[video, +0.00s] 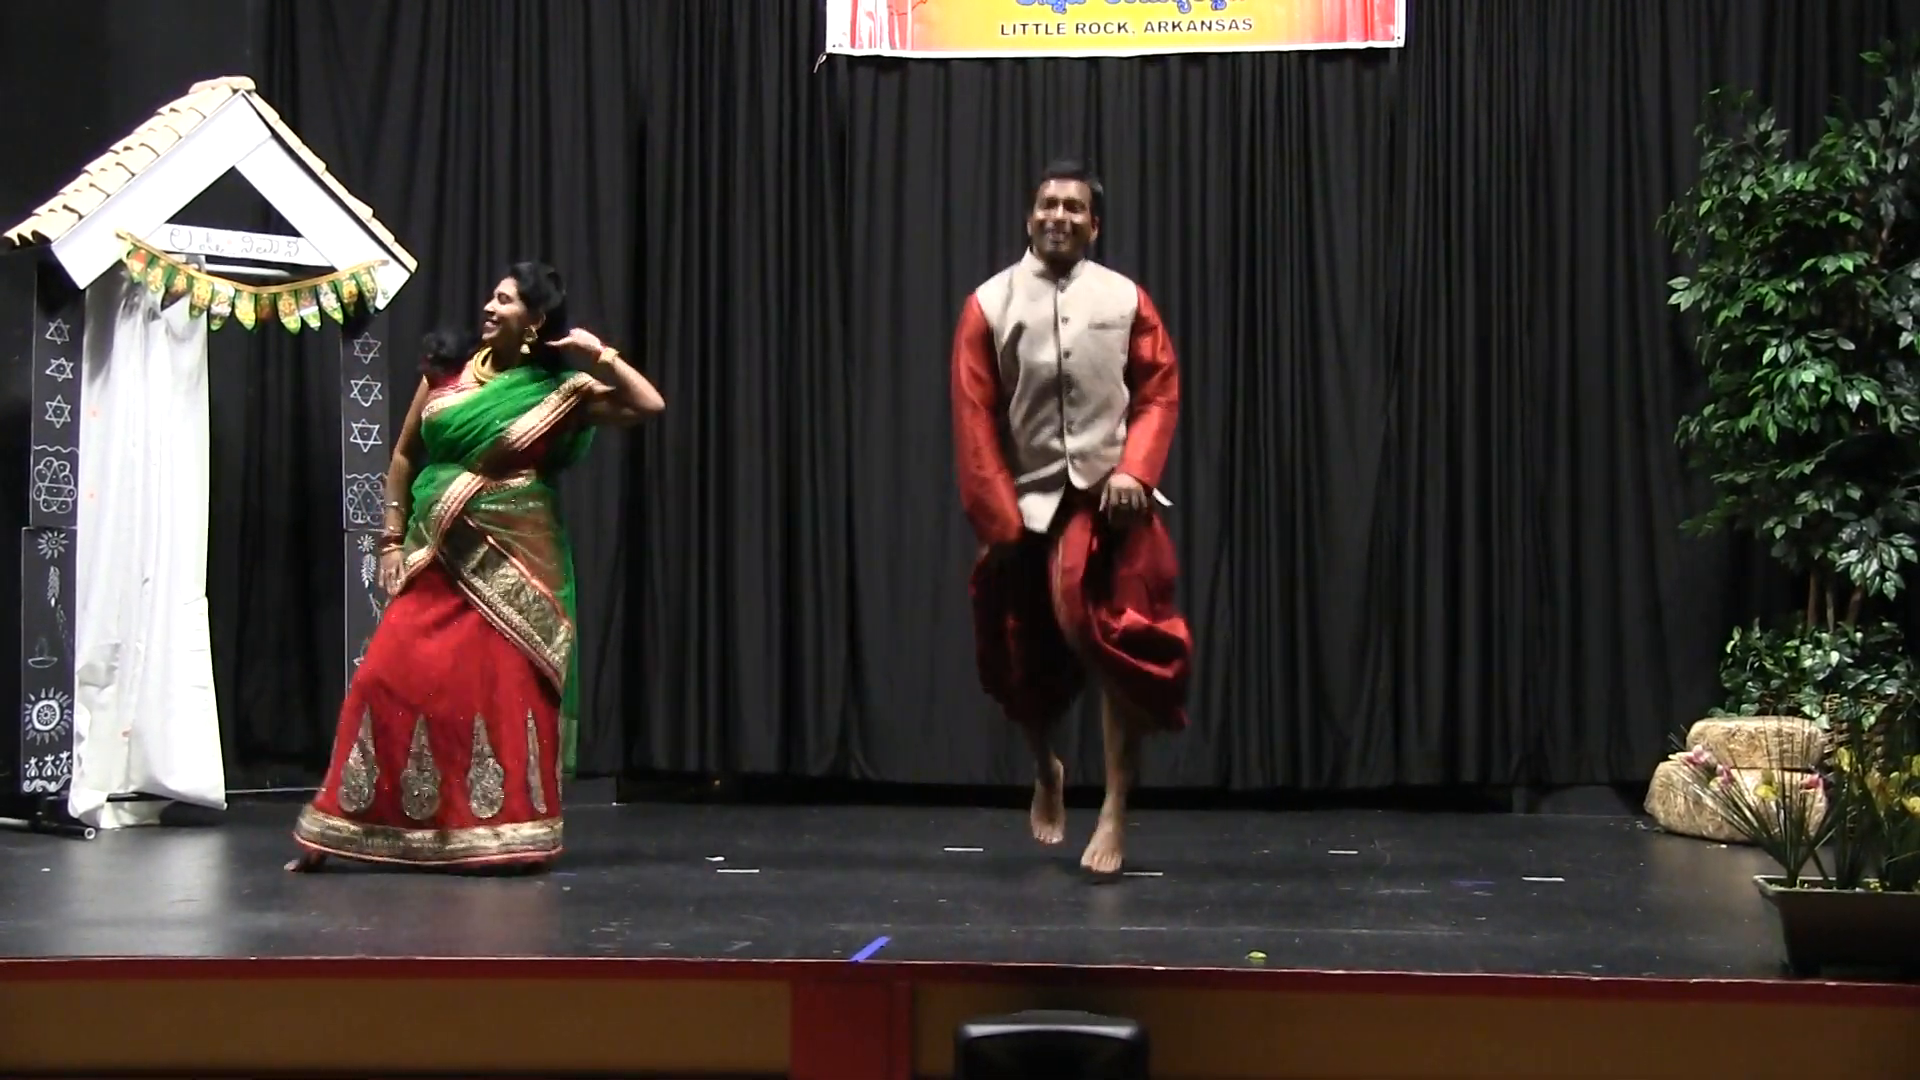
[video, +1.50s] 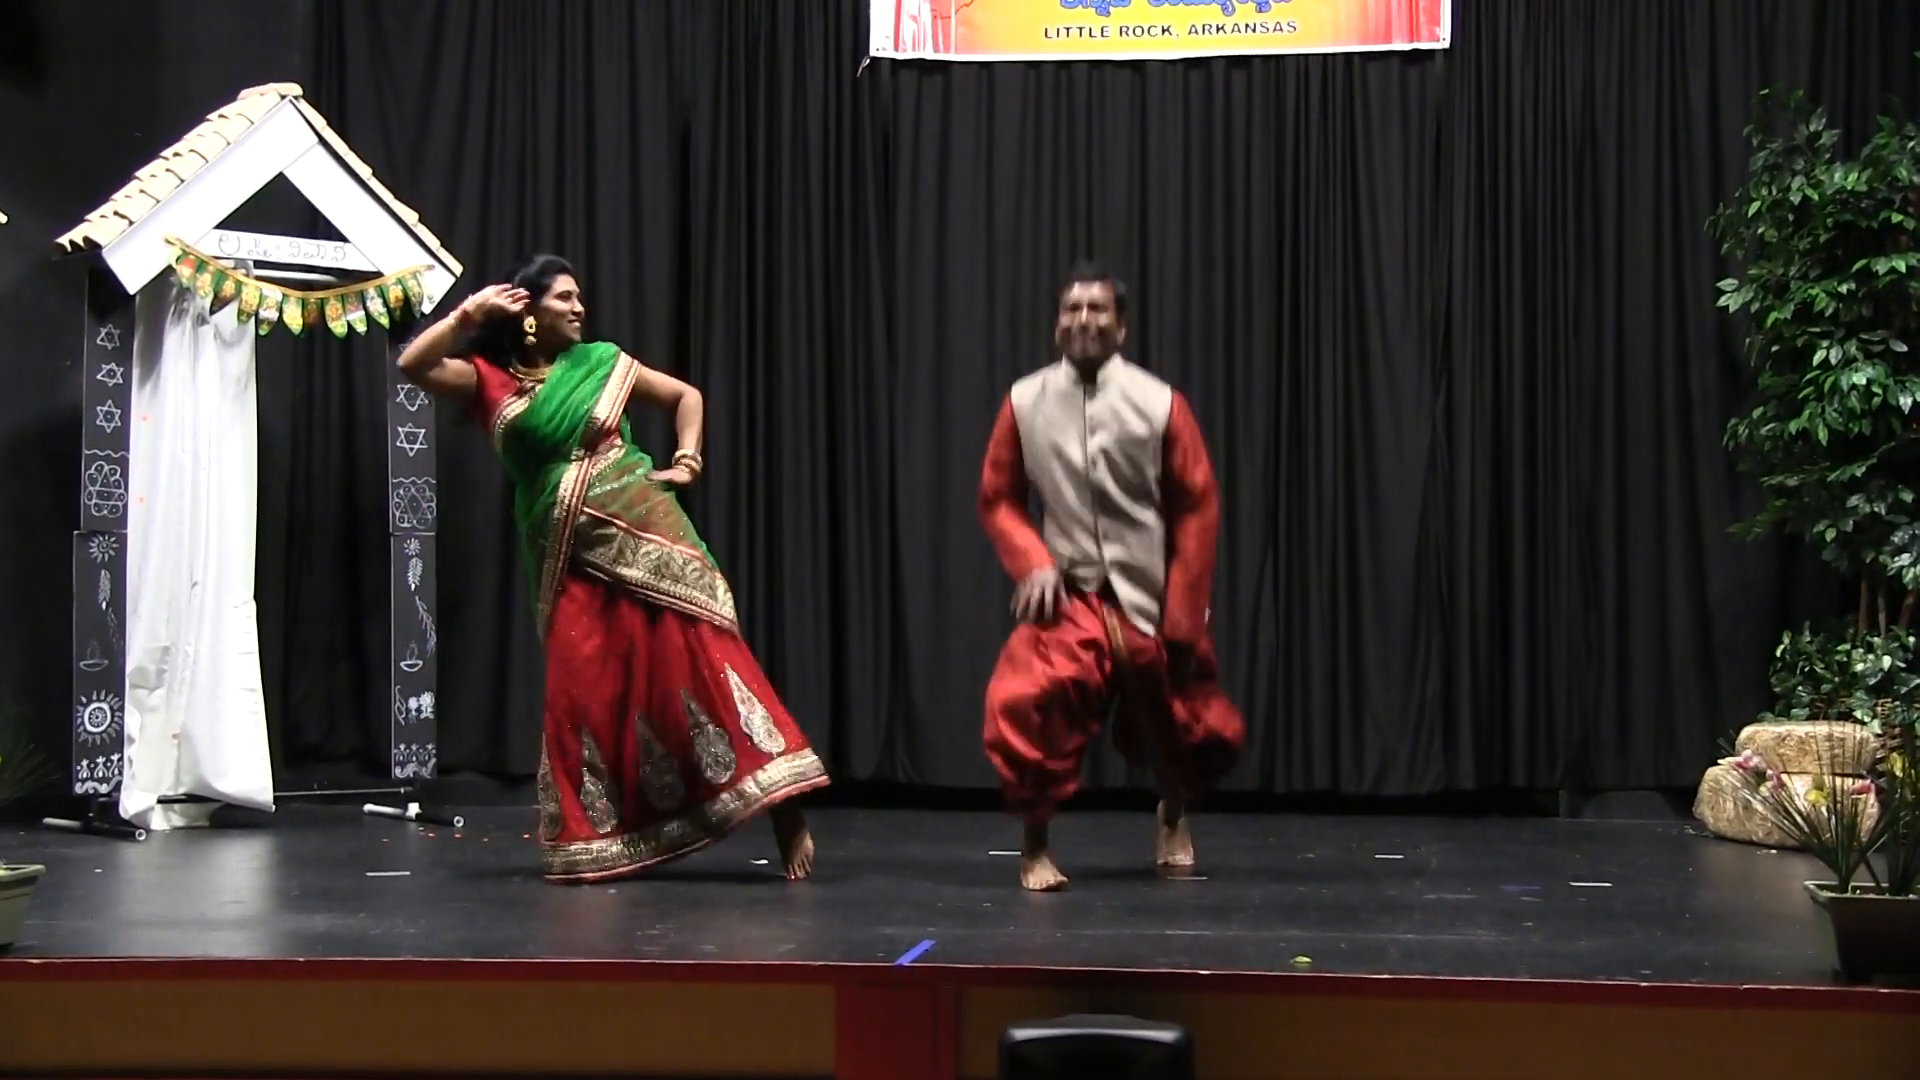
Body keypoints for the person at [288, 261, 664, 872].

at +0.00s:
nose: (492, 307)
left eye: (507, 300)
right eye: (493, 297)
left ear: (536, 316)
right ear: (488, 304)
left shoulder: (560, 387)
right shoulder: (444, 375)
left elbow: (650, 405)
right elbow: (403, 456)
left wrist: (601, 353)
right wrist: (392, 540)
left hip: (519, 555)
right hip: (441, 552)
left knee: (513, 687)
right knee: (376, 674)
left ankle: (517, 837)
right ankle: (327, 827)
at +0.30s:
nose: (499, 308)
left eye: (513, 300)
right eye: (499, 298)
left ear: (547, 317)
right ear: (496, 307)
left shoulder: (574, 385)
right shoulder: (460, 371)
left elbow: (656, 392)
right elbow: (405, 444)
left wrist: (605, 344)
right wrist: (383, 524)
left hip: (507, 555)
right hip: (431, 546)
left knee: (489, 689)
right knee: (364, 658)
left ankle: (484, 838)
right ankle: (318, 823)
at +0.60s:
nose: (522, 297)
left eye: (537, 289)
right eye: (514, 289)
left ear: (564, 310)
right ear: (502, 308)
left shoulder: (589, 381)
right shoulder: (471, 370)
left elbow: (653, 458)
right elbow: (417, 455)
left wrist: (653, 495)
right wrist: (375, 530)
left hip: (537, 555)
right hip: (455, 544)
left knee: (501, 690)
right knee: (385, 669)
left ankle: (491, 841)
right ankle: (333, 825)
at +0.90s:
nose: (538, 291)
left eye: (552, 283)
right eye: (528, 282)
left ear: (576, 297)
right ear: (515, 298)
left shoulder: (603, 363)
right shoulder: (496, 366)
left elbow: (593, 416)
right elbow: (458, 399)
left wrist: (570, 347)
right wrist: (474, 330)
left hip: (573, 536)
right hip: (497, 531)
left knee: (565, 675)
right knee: (460, 657)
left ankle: (559, 832)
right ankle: (426, 823)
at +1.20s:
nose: (551, 272)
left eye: (560, 264)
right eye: (538, 264)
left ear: (574, 279)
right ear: (512, 280)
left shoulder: (603, 333)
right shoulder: (486, 343)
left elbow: (699, 337)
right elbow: (393, 318)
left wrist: (693, 349)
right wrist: (436, 248)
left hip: (612, 518)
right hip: (530, 528)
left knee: (675, 642)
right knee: (545, 673)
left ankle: (759, 806)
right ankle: (563, 837)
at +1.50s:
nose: (579, 308)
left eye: (579, 298)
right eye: (565, 298)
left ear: (577, 308)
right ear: (525, 311)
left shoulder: (602, 361)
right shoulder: (493, 379)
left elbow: (687, 396)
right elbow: (413, 366)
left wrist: (687, 455)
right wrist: (468, 312)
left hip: (650, 532)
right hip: (574, 553)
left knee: (711, 667)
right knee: (576, 690)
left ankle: (784, 810)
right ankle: (587, 843)